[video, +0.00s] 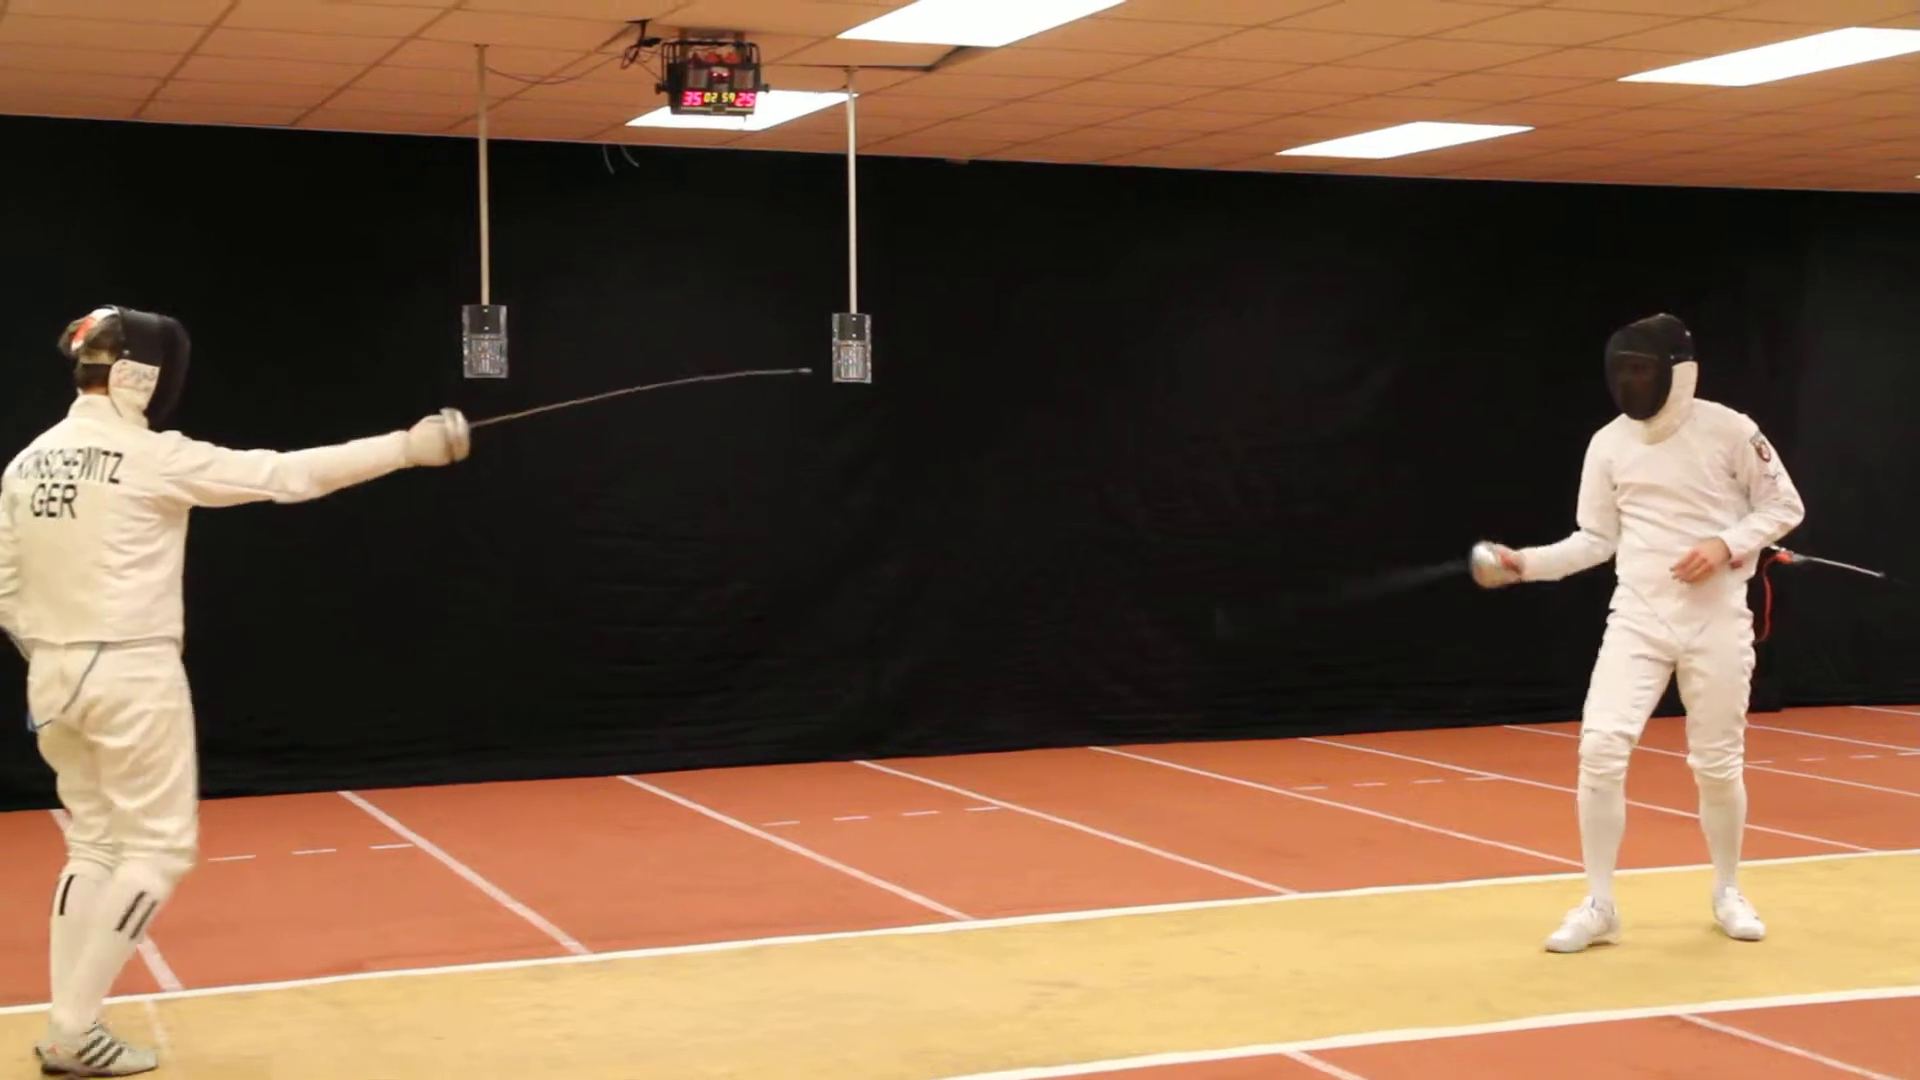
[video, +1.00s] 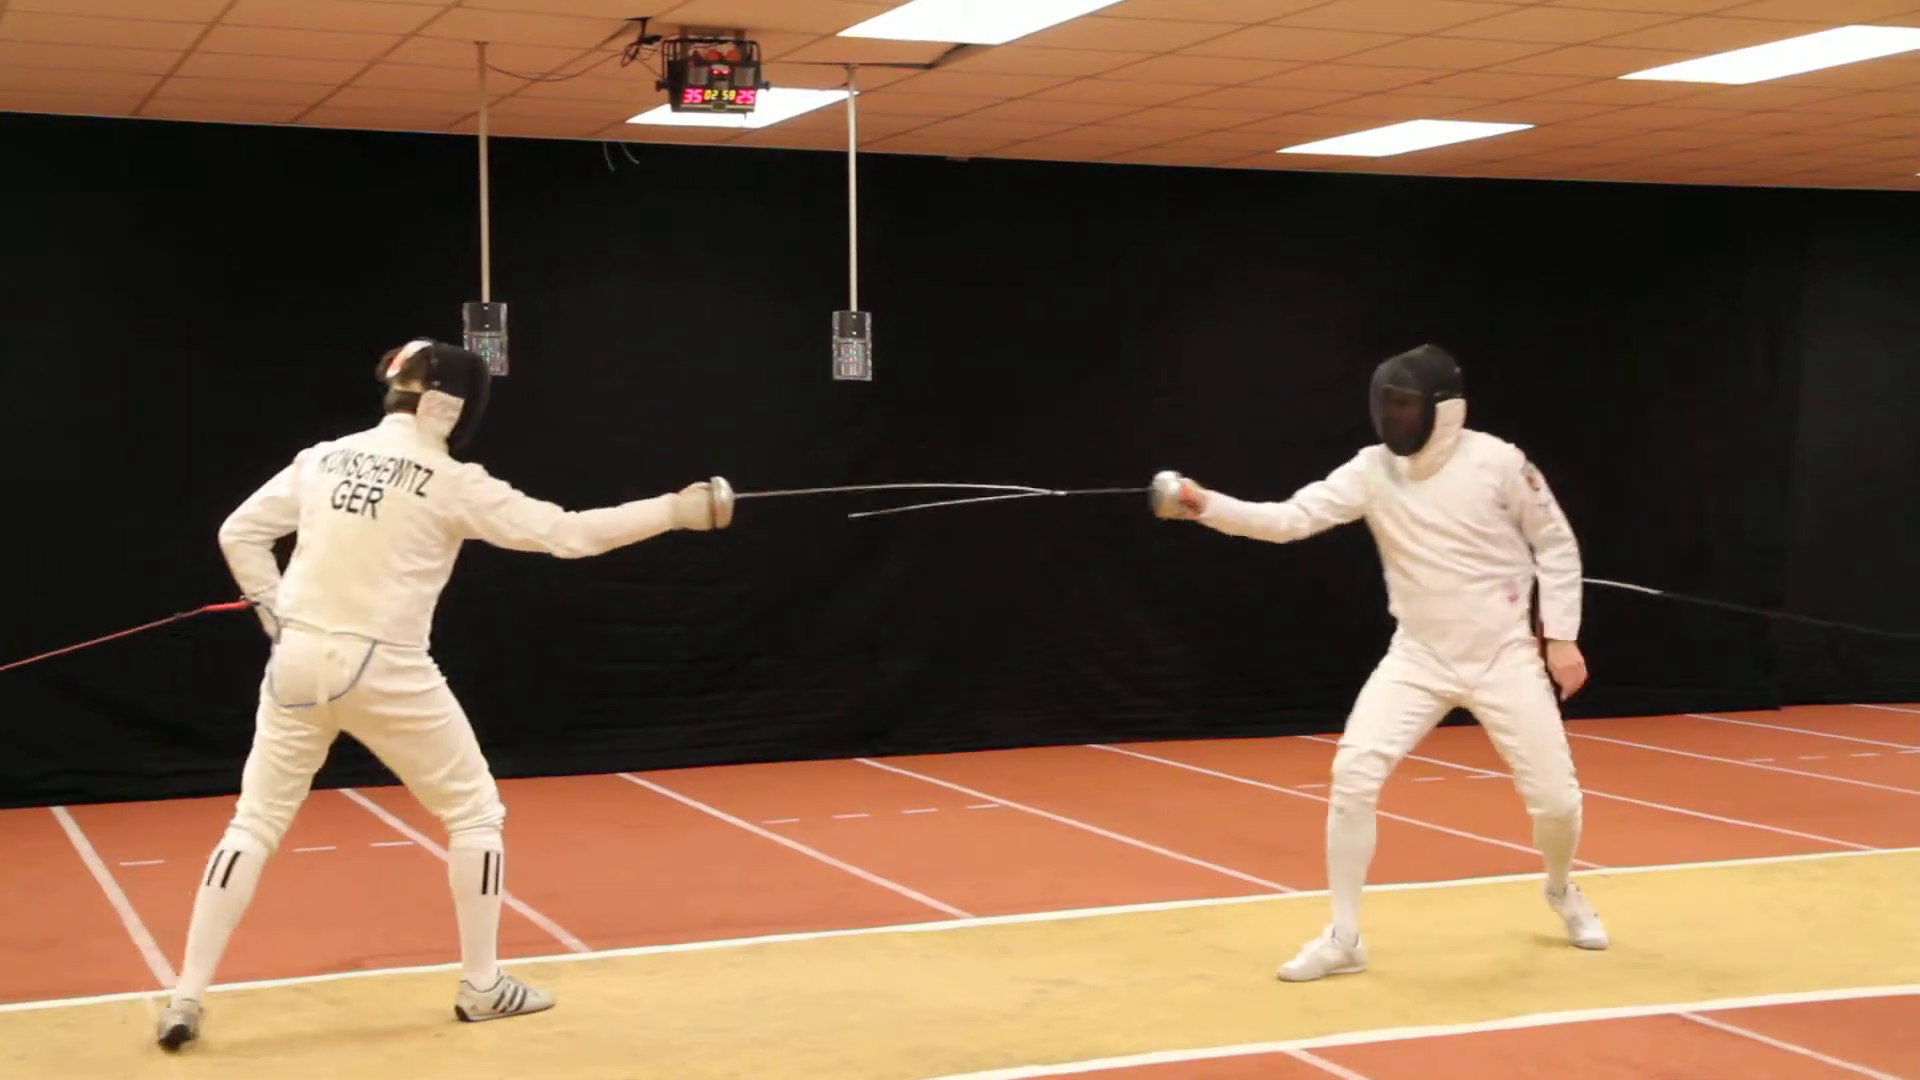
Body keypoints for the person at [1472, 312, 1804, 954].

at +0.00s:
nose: (1628, 384)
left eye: (1642, 372)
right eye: (1621, 372)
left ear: (1680, 371)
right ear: (1615, 372)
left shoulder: (1730, 433)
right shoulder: (1608, 446)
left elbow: (1784, 507)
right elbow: (1597, 538)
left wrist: (1726, 545)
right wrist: (1526, 563)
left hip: (1715, 626)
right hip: (1635, 622)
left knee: (1717, 766)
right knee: (1599, 752)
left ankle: (1728, 893)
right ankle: (1599, 905)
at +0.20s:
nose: (1601, 396)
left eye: (1614, 383)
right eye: (1594, 383)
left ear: (1652, 383)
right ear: (1590, 384)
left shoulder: (1703, 441)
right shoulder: (1581, 457)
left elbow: (1760, 511)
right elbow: (1554, 552)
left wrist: (1704, 556)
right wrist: (1481, 536)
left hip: (1695, 631)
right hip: (1614, 627)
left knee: (1707, 775)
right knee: (1561, 755)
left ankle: (1725, 892)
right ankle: (1526, 905)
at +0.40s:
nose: (1541, 412)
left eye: (1555, 399)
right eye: (1534, 399)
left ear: (1593, 399)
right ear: (1528, 399)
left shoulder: (1646, 456)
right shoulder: (1523, 468)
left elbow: (1702, 528)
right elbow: (1468, 550)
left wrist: (1652, 579)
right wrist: (1390, 545)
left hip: (1642, 650)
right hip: (1557, 645)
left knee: (1676, 785)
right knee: (1502, 766)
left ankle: (1717, 890)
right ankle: (1478, 920)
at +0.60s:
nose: (1486, 390)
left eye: (1499, 378)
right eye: (1480, 377)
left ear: (1537, 380)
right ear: (1477, 380)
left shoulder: (1592, 437)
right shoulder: (1470, 449)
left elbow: (1643, 511)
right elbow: (1415, 533)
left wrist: (1595, 560)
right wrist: (1336, 522)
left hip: (1589, 634)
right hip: (1504, 630)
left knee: (1625, 781)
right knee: (1472, 765)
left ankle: (1606, 881)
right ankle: (1472, 917)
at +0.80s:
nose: (1452, 402)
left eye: (1465, 389)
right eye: (1446, 389)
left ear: (1504, 391)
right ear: (1440, 391)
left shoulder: (1560, 447)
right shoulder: (1436, 461)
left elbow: (1618, 517)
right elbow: (1368, 533)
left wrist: (1566, 580)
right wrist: (1291, 505)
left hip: (1559, 645)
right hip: (1473, 643)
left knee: (1577, 790)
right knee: (1423, 771)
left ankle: (1565, 904)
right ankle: (1370, 922)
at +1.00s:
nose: (1390, 415)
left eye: (1403, 403)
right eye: (1385, 402)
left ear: (1442, 406)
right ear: (1381, 404)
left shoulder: (1500, 465)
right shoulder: (1372, 473)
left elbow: (1557, 546)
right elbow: (1291, 519)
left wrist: (1561, 638)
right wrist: (1205, 505)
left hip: (1504, 658)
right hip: (1416, 659)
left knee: (1558, 801)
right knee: (1354, 774)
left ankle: (1562, 892)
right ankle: (1343, 935)